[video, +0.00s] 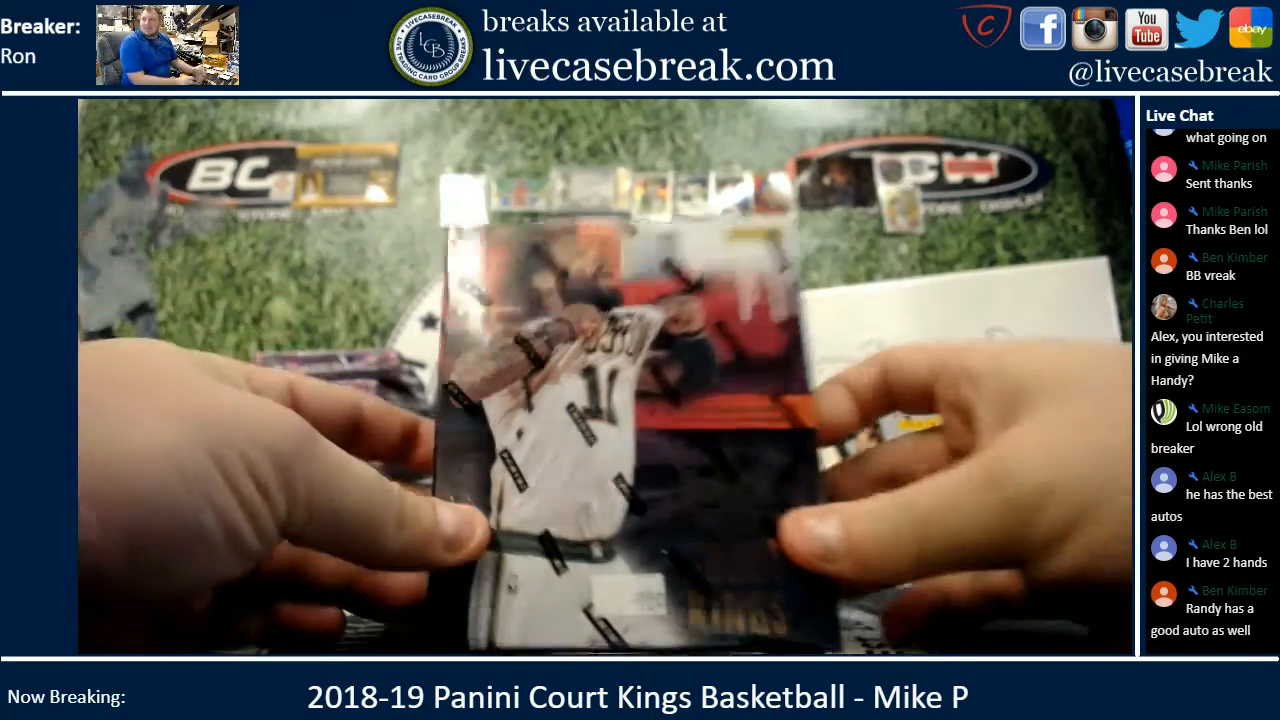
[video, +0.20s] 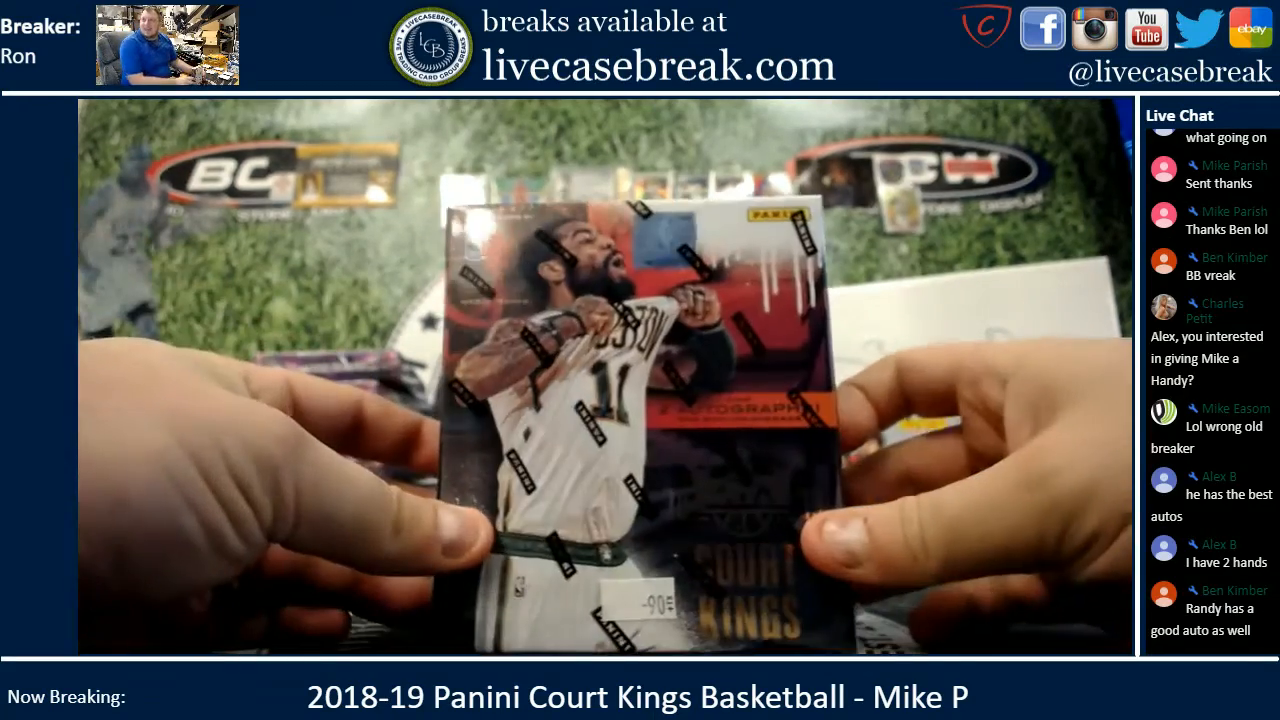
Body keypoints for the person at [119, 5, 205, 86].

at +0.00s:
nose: (147, 24)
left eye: (152, 20)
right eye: (144, 20)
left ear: (160, 22)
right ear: (139, 21)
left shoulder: (164, 39)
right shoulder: (131, 43)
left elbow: (174, 61)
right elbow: (137, 79)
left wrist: (193, 70)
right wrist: (177, 81)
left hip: (166, 90)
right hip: (141, 94)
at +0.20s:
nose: (146, 24)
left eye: (152, 20)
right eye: (143, 20)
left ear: (160, 24)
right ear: (139, 22)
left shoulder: (165, 40)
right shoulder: (131, 44)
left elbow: (175, 61)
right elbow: (136, 81)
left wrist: (194, 70)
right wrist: (176, 81)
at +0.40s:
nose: (146, 25)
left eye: (151, 21)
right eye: (143, 20)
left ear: (160, 24)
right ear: (139, 22)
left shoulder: (165, 40)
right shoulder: (129, 44)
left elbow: (175, 62)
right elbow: (136, 81)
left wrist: (194, 70)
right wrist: (177, 81)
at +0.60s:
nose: (145, 25)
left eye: (150, 21)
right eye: (142, 21)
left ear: (160, 24)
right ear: (138, 23)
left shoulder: (164, 40)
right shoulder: (128, 45)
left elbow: (174, 62)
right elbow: (135, 81)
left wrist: (194, 70)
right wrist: (176, 81)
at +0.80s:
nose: (145, 25)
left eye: (151, 21)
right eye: (142, 21)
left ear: (159, 24)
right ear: (138, 23)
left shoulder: (164, 40)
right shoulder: (128, 45)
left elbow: (174, 62)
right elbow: (136, 81)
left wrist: (193, 70)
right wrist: (177, 81)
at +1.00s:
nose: (146, 25)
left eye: (151, 21)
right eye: (142, 20)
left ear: (159, 24)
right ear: (138, 23)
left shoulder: (164, 40)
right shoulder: (128, 45)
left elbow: (174, 62)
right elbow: (136, 82)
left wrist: (194, 71)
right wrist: (177, 81)